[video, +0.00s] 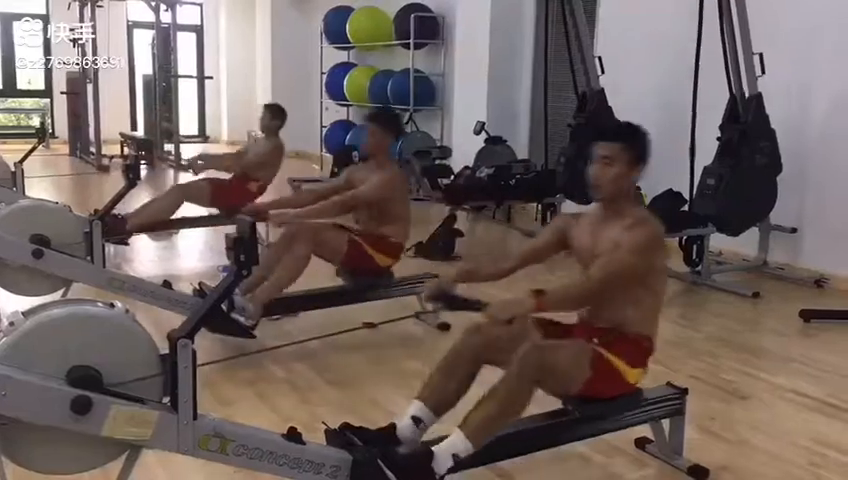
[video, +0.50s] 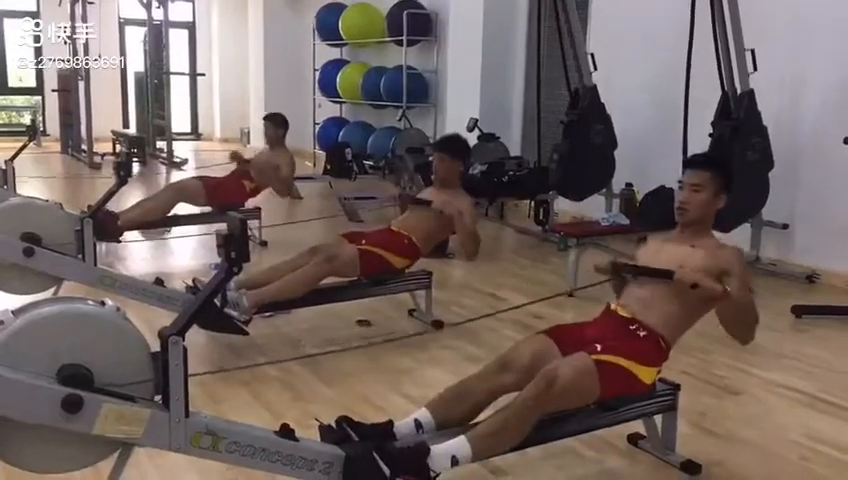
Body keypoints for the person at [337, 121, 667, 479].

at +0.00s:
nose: (598, 171)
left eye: (611, 163)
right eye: (595, 161)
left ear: (636, 172)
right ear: (587, 166)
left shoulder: (644, 232)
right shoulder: (575, 222)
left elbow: (590, 288)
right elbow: (510, 263)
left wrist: (530, 302)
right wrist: (456, 274)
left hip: (620, 357)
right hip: (580, 337)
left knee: (531, 359)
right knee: (479, 337)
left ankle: (438, 462)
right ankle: (402, 435)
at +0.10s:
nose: (640, 176)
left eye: (653, 169)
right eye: (639, 167)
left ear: (679, 177)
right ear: (635, 170)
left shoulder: (684, 237)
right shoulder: (617, 224)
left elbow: (634, 284)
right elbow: (551, 258)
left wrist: (577, 292)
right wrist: (501, 272)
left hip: (638, 353)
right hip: (596, 330)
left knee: (546, 376)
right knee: (499, 355)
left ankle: (441, 462)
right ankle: (404, 436)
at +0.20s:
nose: (669, 190)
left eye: (681, 183)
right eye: (668, 180)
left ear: (708, 192)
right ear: (665, 183)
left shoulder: (714, 244)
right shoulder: (639, 230)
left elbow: (674, 292)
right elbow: (587, 268)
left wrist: (629, 262)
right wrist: (546, 269)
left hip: (642, 349)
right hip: (600, 328)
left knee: (550, 389)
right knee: (511, 367)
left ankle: (437, 467)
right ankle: (403, 437)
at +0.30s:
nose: (684, 197)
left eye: (696, 190)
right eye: (683, 188)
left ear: (721, 200)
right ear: (678, 191)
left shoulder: (727, 252)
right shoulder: (652, 235)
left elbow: (731, 320)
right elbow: (622, 268)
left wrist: (699, 289)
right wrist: (587, 260)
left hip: (643, 349)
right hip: (603, 327)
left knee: (548, 386)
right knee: (509, 368)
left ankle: (436, 462)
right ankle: (400, 437)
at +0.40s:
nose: (686, 196)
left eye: (698, 190)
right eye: (685, 188)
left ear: (723, 201)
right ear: (682, 194)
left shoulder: (730, 256)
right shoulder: (658, 238)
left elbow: (750, 333)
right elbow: (625, 299)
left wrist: (724, 287)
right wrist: (613, 274)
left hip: (640, 351)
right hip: (601, 329)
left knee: (546, 387)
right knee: (508, 367)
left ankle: (434, 462)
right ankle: (396, 436)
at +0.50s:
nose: (684, 196)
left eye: (696, 190)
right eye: (683, 188)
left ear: (720, 200)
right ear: (679, 193)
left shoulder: (728, 257)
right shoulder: (657, 239)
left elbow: (745, 332)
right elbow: (627, 292)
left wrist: (722, 287)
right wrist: (618, 280)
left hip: (638, 350)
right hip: (598, 329)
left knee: (543, 387)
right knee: (507, 365)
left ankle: (432, 461)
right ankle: (396, 436)